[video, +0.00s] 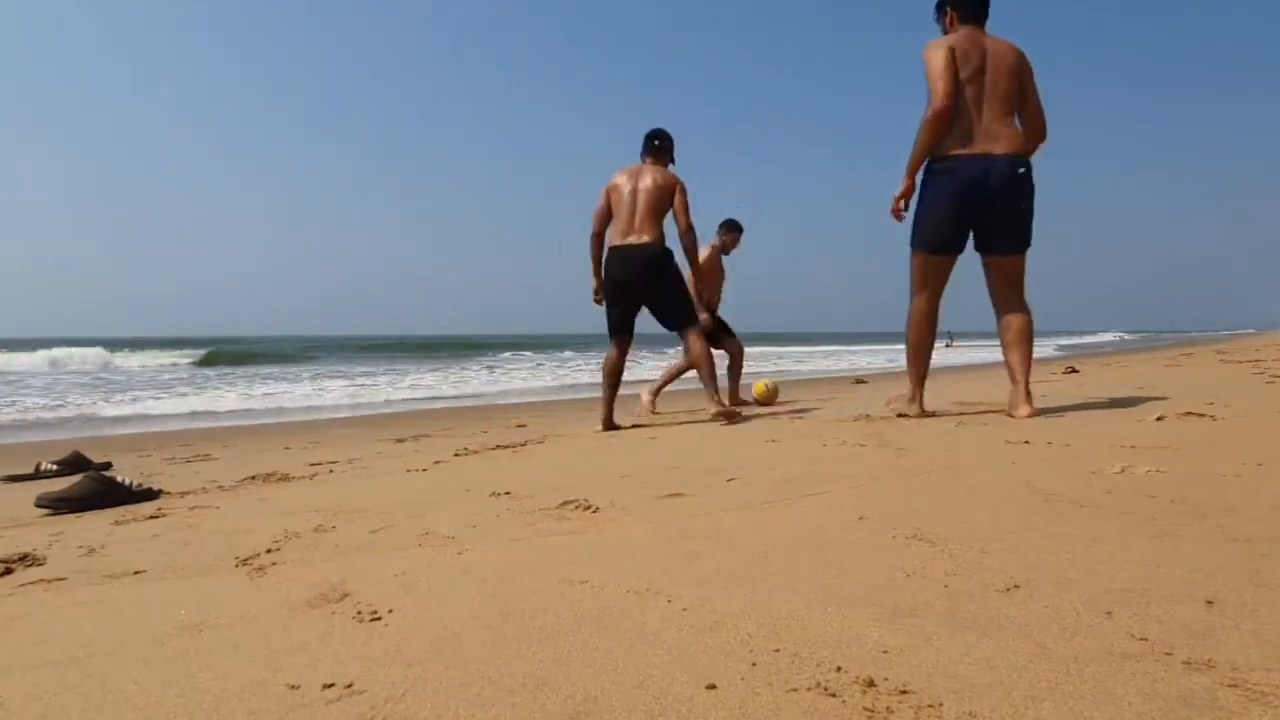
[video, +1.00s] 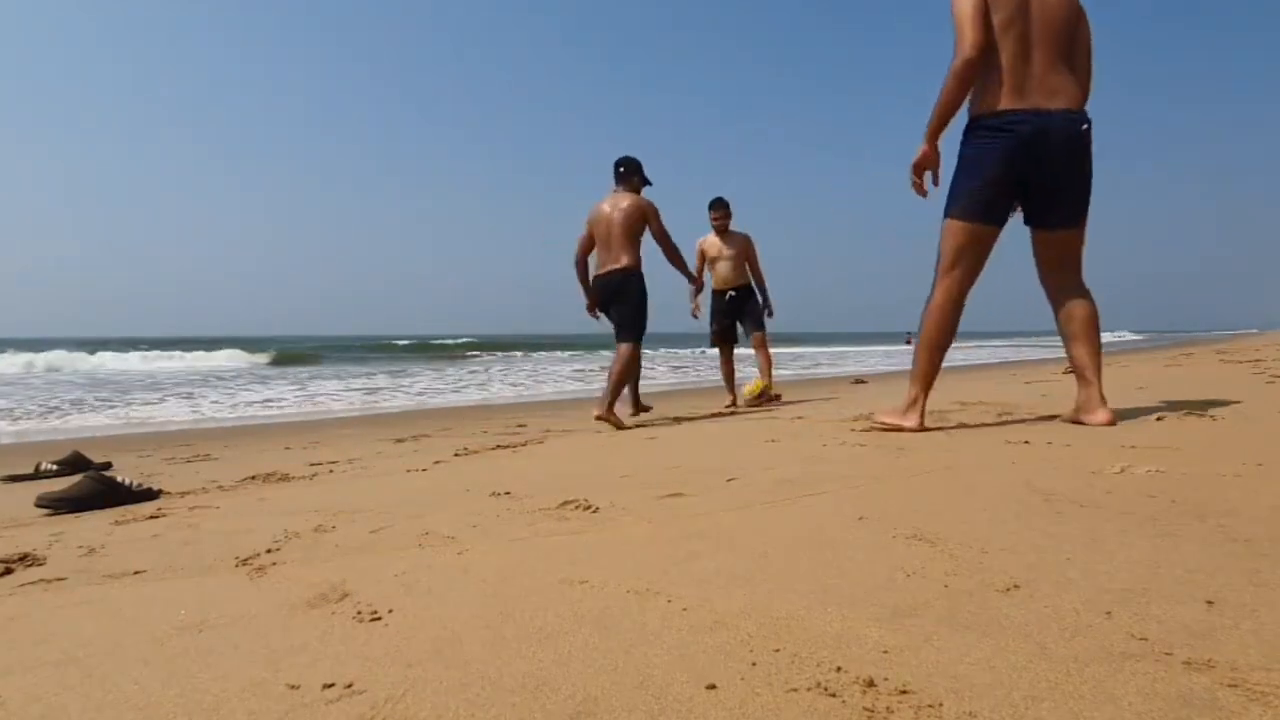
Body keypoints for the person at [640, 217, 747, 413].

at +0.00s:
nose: (736, 244)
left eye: (737, 239)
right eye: (733, 238)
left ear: (733, 238)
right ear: (722, 235)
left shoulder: (717, 258)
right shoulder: (709, 256)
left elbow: (708, 286)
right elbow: (692, 281)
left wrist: (711, 312)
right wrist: (701, 310)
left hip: (710, 315)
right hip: (697, 316)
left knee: (736, 350)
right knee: (691, 360)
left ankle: (734, 396)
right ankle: (651, 393)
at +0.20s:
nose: (740, 229)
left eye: (742, 225)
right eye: (737, 224)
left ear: (741, 226)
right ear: (726, 222)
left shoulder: (732, 248)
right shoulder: (710, 244)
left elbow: (731, 278)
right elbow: (692, 270)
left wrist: (745, 304)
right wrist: (693, 304)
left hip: (725, 298)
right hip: (709, 298)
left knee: (735, 346)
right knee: (727, 346)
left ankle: (733, 394)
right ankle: (705, 390)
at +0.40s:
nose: (732, 225)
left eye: (735, 221)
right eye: (728, 220)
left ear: (740, 222)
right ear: (721, 220)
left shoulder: (743, 246)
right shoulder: (710, 244)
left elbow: (748, 274)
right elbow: (697, 272)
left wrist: (760, 299)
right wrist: (693, 304)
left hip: (736, 297)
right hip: (718, 296)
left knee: (740, 346)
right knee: (730, 346)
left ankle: (735, 394)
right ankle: (728, 394)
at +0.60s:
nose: (728, 224)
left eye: (731, 220)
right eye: (723, 220)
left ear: (736, 220)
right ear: (717, 221)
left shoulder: (744, 244)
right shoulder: (709, 245)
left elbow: (753, 273)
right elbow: (699, 275)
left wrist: (766, 298)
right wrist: (696, 305)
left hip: (741, 297)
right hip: (721, 296)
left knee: (757, 344)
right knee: (728, 349)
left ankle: (741, 388)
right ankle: (733, 395)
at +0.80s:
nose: (724, 223)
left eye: (727, 218)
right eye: (719, 219)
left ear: (733, 218)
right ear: (713, 219)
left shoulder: (743, 241)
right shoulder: (705, 244)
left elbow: (752, 270)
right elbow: (698, 275)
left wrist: (764, 298)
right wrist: (697, 304)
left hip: (744, 293)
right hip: (720, 295)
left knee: (762, 339)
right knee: (726, 350)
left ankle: (772, 387)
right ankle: (731, 395)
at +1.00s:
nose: (720, 223)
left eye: (724, 218)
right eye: (715, 219)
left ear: (730, 217)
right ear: (710, 219)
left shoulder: (743, 240)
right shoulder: (704, 244)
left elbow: (755, 271)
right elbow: (699, 274)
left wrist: (765, 298)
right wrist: (695, 299)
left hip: (744, 292)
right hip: (720, 295)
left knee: (759, 339)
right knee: (725, 349)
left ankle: (767, 389)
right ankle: (731, 396)